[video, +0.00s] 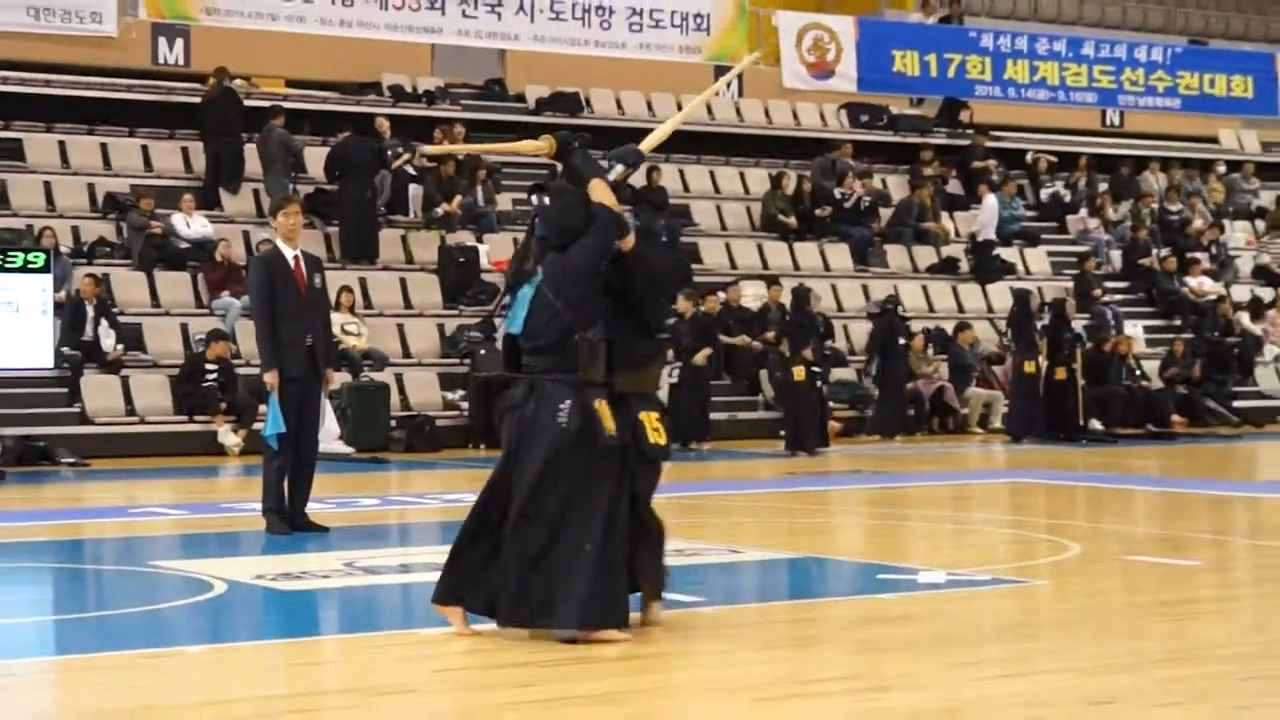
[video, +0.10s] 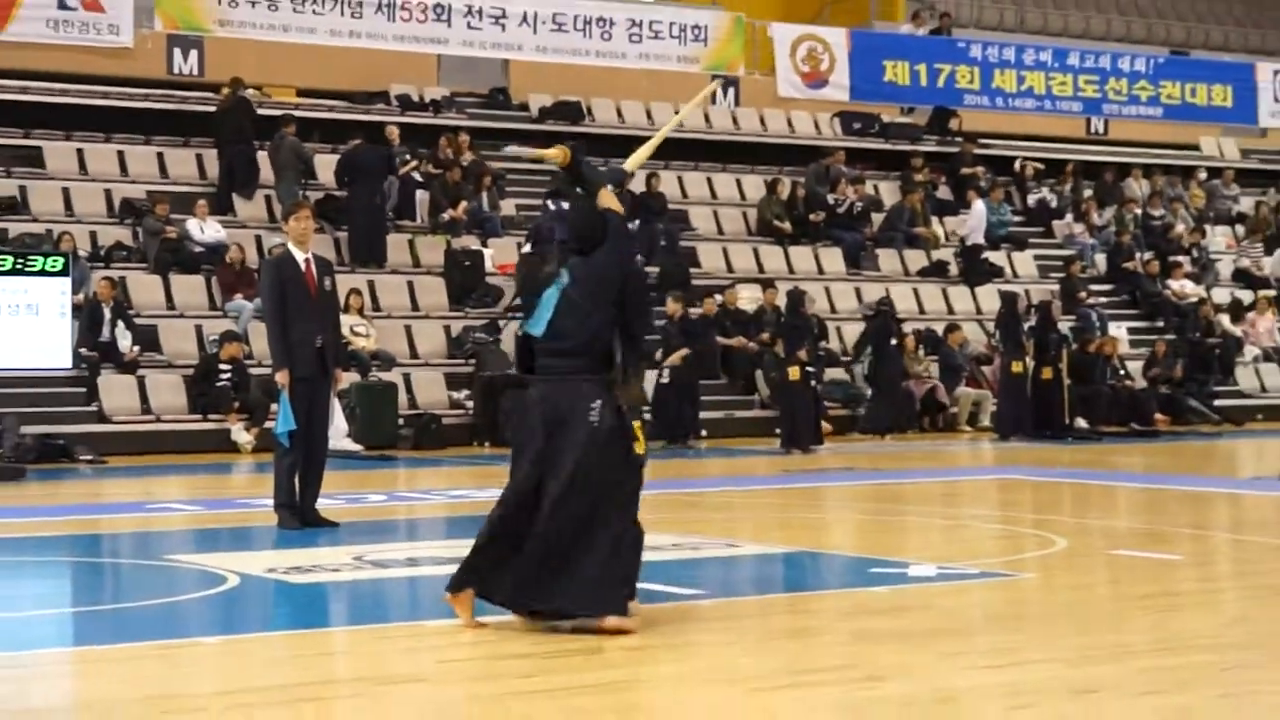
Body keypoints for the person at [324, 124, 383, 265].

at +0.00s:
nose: (337, 139)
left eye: (337, 136)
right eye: (336, 137)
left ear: (340, 135)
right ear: (353, 132)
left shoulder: (337, 148)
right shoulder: (371, 144)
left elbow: (329, 172)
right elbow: (382, 165)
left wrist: (338, 180)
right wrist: (369, 174)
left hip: (347, 188)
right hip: (368, 187)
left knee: (348, 222)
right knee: (369, 221)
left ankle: (349, 255)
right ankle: (370, 255)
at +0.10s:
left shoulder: (349, 154)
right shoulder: (384, 152)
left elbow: (339, 178)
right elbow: (392, 171)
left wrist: (347, 186)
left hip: (356, 196)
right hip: (377, 195)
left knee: (357, 228)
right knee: (377, 227)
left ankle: (358, 260)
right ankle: (378, 259)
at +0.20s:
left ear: (368, 142)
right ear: (385, 142)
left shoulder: (356, 158)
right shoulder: (390, 156)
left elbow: (347, 183)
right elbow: (398, 175)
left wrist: (356, 190)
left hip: (362, 198)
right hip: (382, 198)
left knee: (363, 230)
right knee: (382, 229)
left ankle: (364, 262)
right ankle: (383, 262)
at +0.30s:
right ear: (388, 143)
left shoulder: (358, 160)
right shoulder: (391, 158)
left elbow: (350, 185)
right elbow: (400, 178)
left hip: (364, 200)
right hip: (383, 200)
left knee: (364, 231)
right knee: (383, 230)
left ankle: (365, 263)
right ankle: (384, 263)